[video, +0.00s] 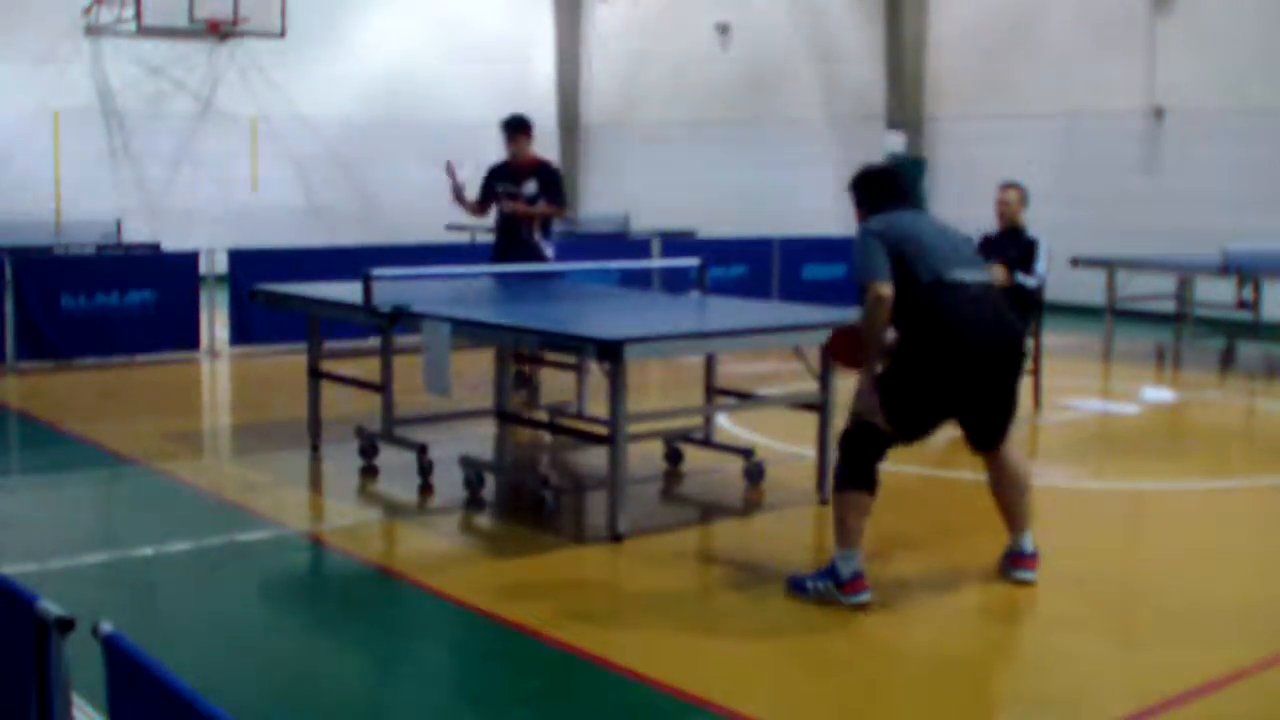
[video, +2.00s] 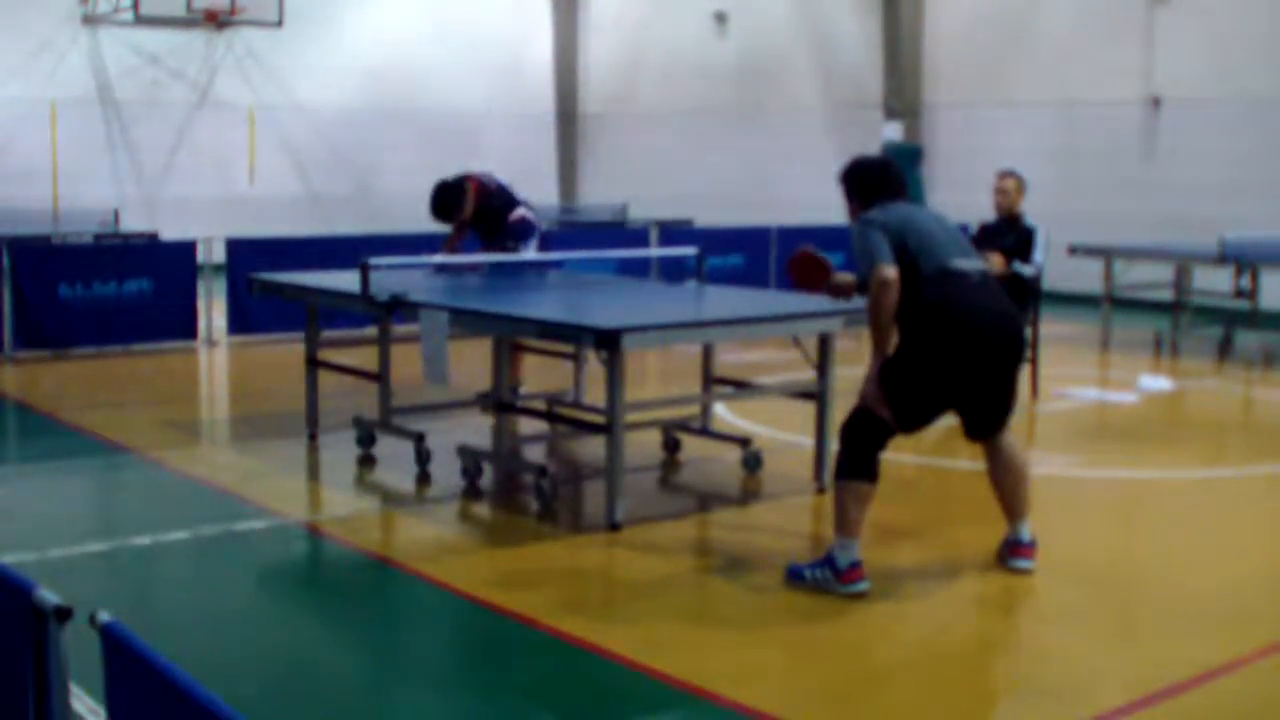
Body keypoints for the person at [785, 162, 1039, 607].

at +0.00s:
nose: (857, 215)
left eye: (857, 207)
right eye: (857, 207)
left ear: (866, 204)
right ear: (909, 196)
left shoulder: (875, 231)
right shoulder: (945, 231)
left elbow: (881, 294)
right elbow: (985, 283)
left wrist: (869, 360)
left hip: (937, 350)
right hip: (999, 348)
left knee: (861, 443)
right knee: (995, 441)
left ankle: (846, 568)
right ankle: (1024, 547)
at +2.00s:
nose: (848, 210)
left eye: (847, 201)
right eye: (846, 201)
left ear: (855, 200)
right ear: (899, 189)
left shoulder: (870, 224)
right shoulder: (932, 219)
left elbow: (885, 280)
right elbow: (933, 278)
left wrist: (878, 360)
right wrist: (853, 285)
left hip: (939, 342)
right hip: (999, 337)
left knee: (861, 434)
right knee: (993, 431)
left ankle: (845, 558)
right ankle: (1021, 537)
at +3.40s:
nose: (860, 192)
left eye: (861, 185)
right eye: (862, 185)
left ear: (869, 184)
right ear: (914, 180)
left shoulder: (875, 216)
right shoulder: (944, 213)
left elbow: (877, 280)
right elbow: (987, 267)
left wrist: (875, 361)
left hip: (935, 339)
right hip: (996, 338)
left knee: (861, 435)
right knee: (994, 431)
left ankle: (843, 556)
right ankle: (1020, 535)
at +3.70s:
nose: (868, 201)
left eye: (868, 193)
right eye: (868, 193)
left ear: (877, 191)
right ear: (920, 185)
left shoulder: (886, 223)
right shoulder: (955, 220)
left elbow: (889, 287)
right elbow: (996, 279)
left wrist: (883, 370)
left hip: (942, 351)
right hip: (1001, 349)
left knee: (871, 447)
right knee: (996, 442)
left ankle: (844, 567)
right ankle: (1021, 547)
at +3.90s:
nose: (908, 196)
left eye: (910, 185)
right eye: (908, 185)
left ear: (923, 185)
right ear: (969, 177)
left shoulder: (937, 222)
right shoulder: (1011, 213)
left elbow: (951, 299)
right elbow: (1016, 300)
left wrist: (941, 393)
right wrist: (921, 310)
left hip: (1010, 361)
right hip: (1076, 357)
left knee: (927, 478)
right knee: (1061, 481)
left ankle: (889, 623)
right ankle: (1088, 607)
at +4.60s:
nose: (907, 220)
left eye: (905, 209)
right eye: (903, 209)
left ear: (920, 201)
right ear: (952, 185)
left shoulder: (952, 227)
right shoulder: (1002, 217)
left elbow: (947, 302)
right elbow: (1033, 300)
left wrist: (900, 388)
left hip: (1002, 379)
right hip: (1045, 377)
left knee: (920, 489)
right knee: (981, 473)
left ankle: (900, 628)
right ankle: (1009, 587)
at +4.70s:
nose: (921, 204)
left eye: (923, 192)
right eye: (919, 194)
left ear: (945, 187)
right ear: (965, 180)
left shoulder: (986, 220)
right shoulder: (990, 213)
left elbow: (996, 291)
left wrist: (932, 361)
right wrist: (878, 253)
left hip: (1041, 372)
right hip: (1037, 368)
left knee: (957, 476)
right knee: (978, 469)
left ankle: (917, 621)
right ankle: (1008, 587)